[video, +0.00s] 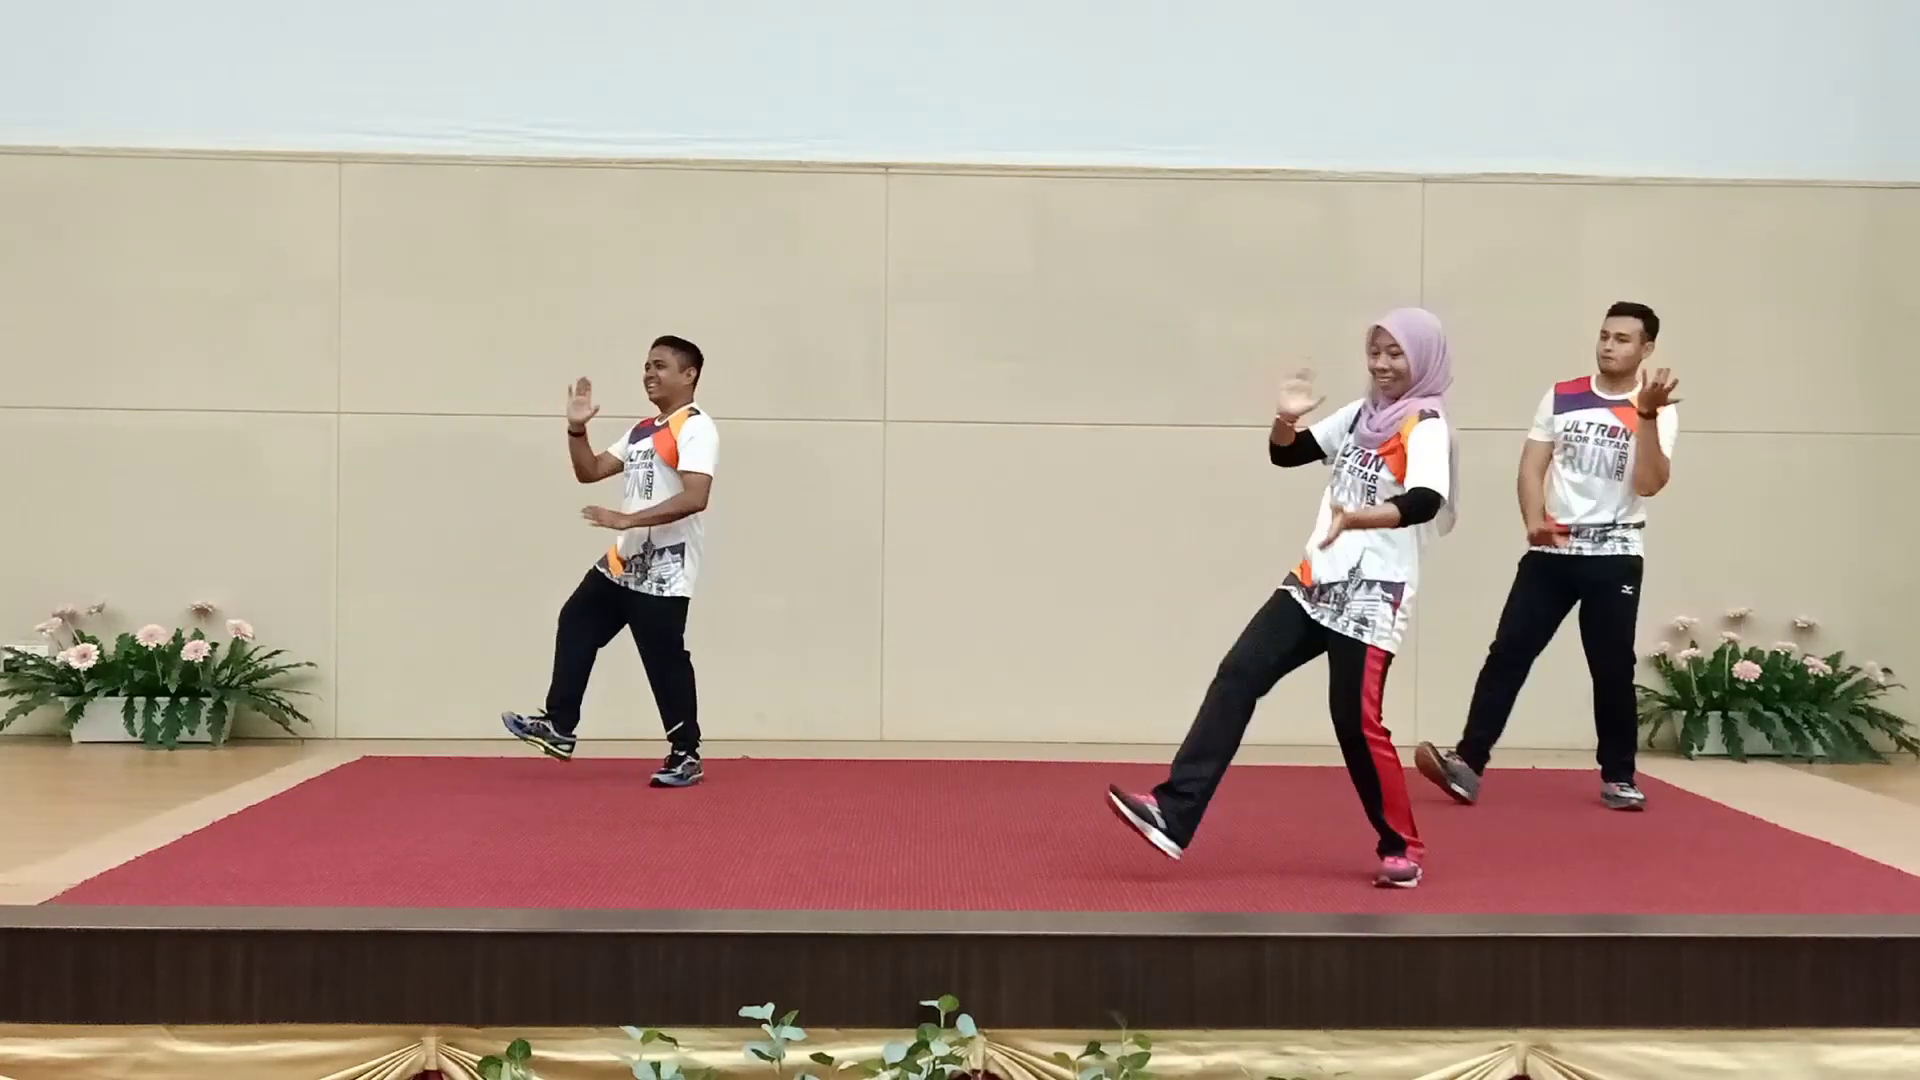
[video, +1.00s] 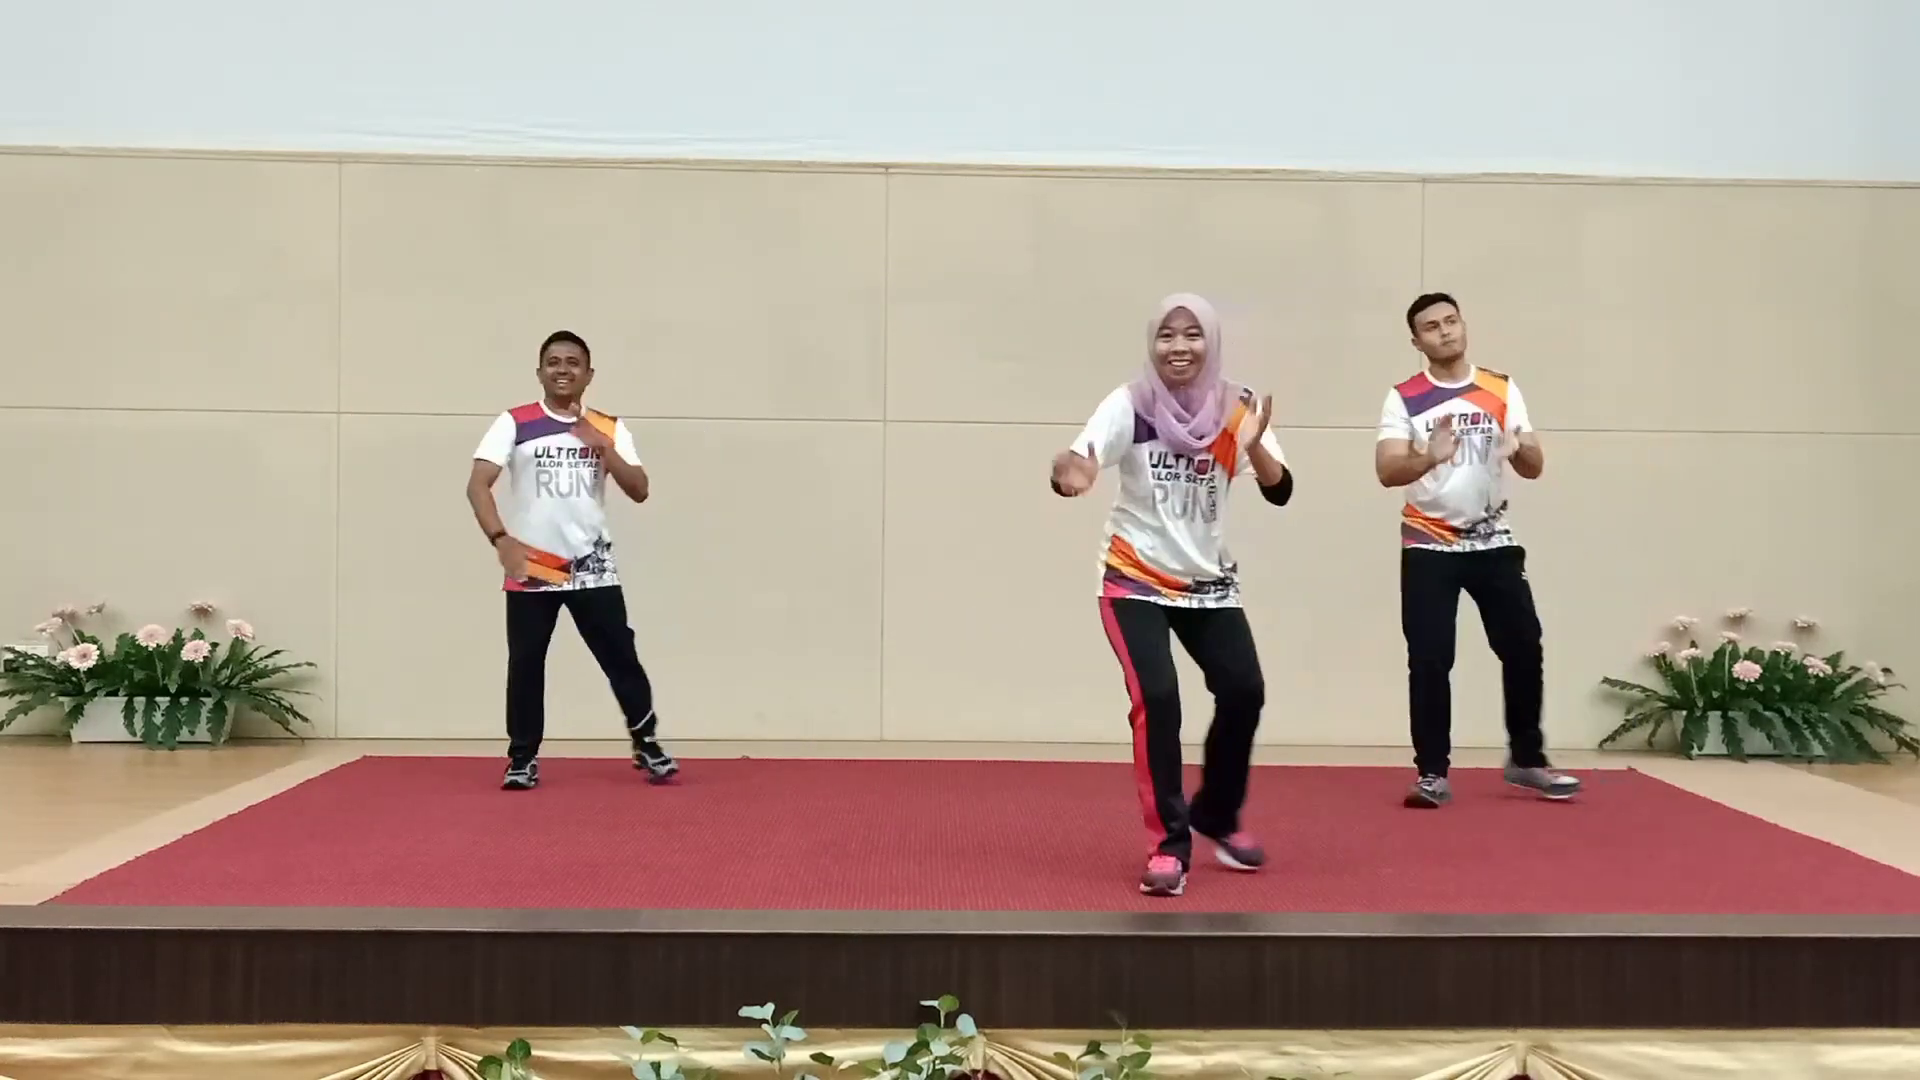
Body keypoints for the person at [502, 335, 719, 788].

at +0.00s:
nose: (649, 374)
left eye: (660, 366)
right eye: (648, 367)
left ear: (689, 375)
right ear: (648, 375)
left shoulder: (697, 428)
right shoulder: (643, 430)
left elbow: (695, 498)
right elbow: (589, 470)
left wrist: (627, 519)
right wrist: (577, 430)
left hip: (665, 567)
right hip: (624, 561)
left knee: (665, 659)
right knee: (577, 623)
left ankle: (686, 755)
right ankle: (559, 726)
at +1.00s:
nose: (562, 369)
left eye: (572, 362)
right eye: (553, 362)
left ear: (588, 372)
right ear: (540, 371)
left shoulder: (610, 428)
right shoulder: (514, 423)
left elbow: (639, 491)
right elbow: (478, 486)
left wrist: (604, 448)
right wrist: (502, 542)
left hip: (592, 567)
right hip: (531, 570)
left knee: (621, 657)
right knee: (525, 667)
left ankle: (646, 744)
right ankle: (522, 759)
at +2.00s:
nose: (411, 377)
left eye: (416, 369)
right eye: (400, 370)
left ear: (423, 376)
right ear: (376, 379)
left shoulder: (445, 431)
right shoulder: (357, 432)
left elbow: (490, 487)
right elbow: (333, 493)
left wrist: (491, 459)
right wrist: (383, 534)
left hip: (437, 574)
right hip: (376, 576)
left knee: (459, 662)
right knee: (361, 667)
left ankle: (461, 748)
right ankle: (353, 755)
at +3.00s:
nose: (402, 364)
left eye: (411, 358)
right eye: (392, 358)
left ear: (426, 370)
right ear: (378, 367)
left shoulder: (446, 424)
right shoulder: (353, 420)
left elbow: (494, 475)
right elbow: (329, 487)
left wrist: (476, 428)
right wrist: (379, 528)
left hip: (435, 564)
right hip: (372, 566)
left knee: (457, 643)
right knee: (356, 661)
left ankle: (487, 739)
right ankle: (350, 750)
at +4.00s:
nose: (544, 373)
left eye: (555, 365)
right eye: (544, 365)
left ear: (584, 373)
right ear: (549, 371)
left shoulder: (605, 422)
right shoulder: (545, 432)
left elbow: (621, 484)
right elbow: (537, 492)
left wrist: (557, 487)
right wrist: (530, 530)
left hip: (594, 562)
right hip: (561, 563)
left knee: (584, 649)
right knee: (566, 654)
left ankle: (621, 732)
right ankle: (584, 746)